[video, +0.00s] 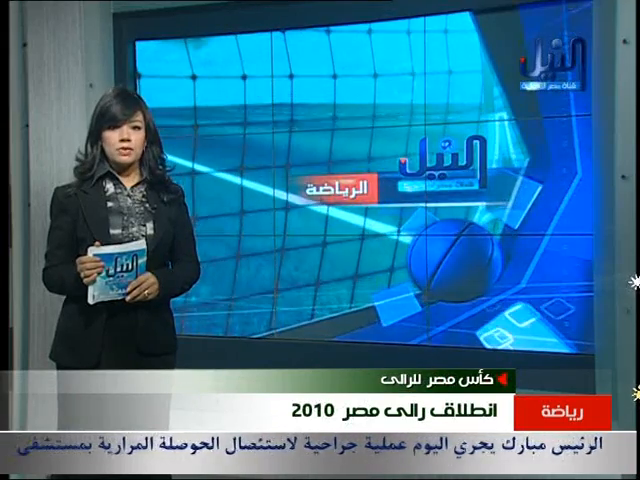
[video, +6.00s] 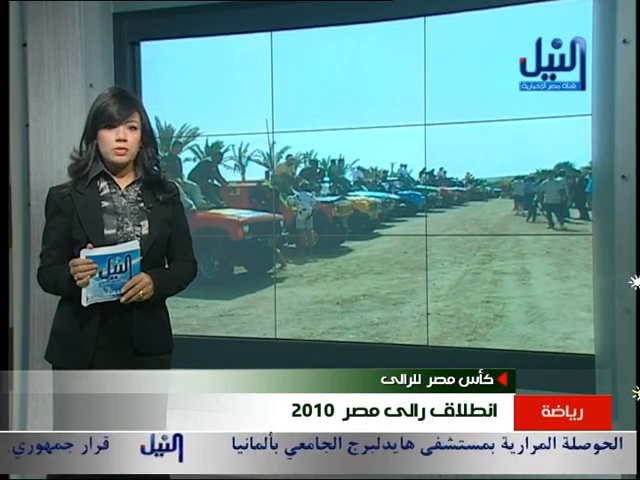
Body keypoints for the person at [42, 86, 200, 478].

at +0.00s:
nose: (126, 136)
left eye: (135, 127)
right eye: (115, 128)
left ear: (147, 136)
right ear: (99, 136)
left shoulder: (168, 196)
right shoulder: (71, 197)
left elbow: (189, 267)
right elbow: (52, 274)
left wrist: (162, 282)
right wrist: (78, 273)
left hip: (150, 348)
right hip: (85, 348)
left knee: (148, 452)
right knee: (81, 452)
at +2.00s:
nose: (127, 139)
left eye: (136, 129)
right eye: (116, 130)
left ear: (148, 136)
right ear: (100, 138)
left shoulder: (169, 196)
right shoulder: (71, 198)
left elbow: (189, 267)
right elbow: (52, 274)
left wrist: (161, 282)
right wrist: (76, 275)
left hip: (150, 349)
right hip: (85, 350)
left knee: (149, 452)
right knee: (81, 452)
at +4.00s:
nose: (117, 134)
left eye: (127, 124)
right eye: (106, 127)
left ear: (144, 134)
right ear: (96, 138)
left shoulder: (169, 197)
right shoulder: (71, 198)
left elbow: (189, 267)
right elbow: (51, 272)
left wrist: (161, 282)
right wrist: (74, 275)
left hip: (148, 348)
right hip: (84, 348)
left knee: (147, 450)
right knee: (80, 452)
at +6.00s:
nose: (122, 136)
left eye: (131, 127)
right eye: (111, 127)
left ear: (143, 136)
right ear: (94, 136)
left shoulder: (165, 195)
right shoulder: (66, 197)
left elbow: (185, 265)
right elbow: (47, 273)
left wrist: (157, 281)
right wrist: (71, 275)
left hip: (146, 347)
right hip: (81, 348)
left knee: (145, 451)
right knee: (78, 452)